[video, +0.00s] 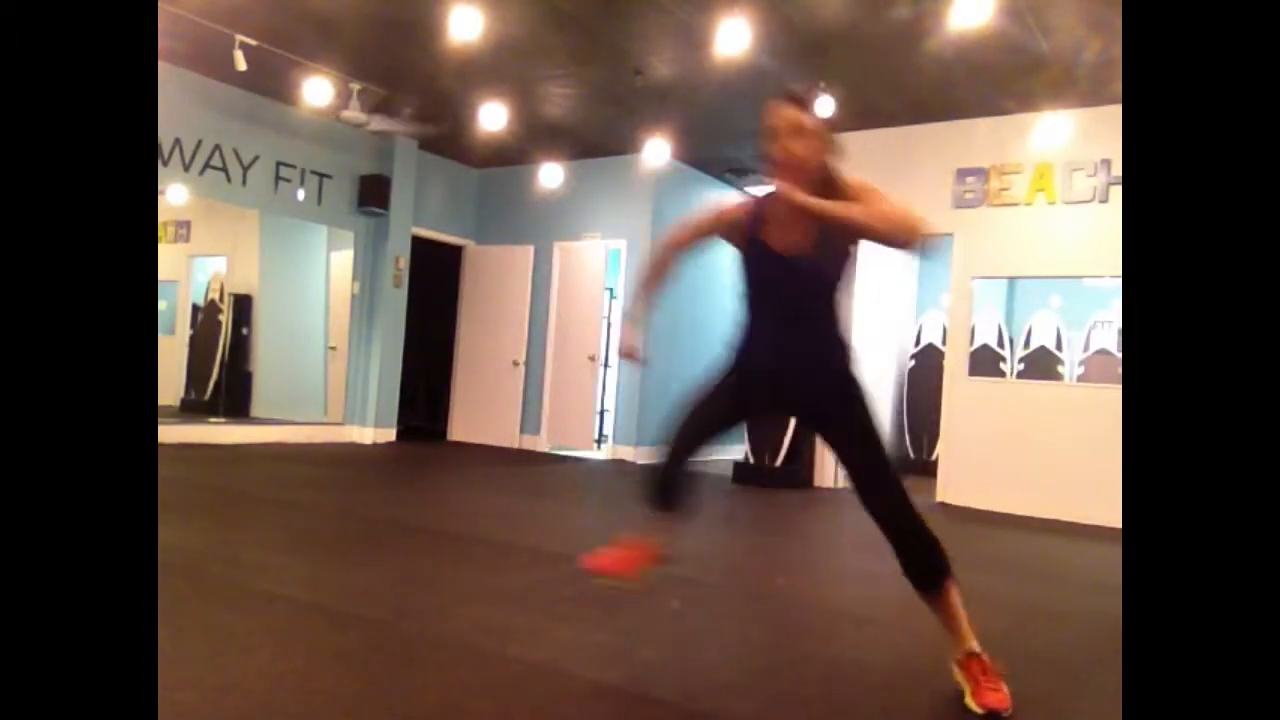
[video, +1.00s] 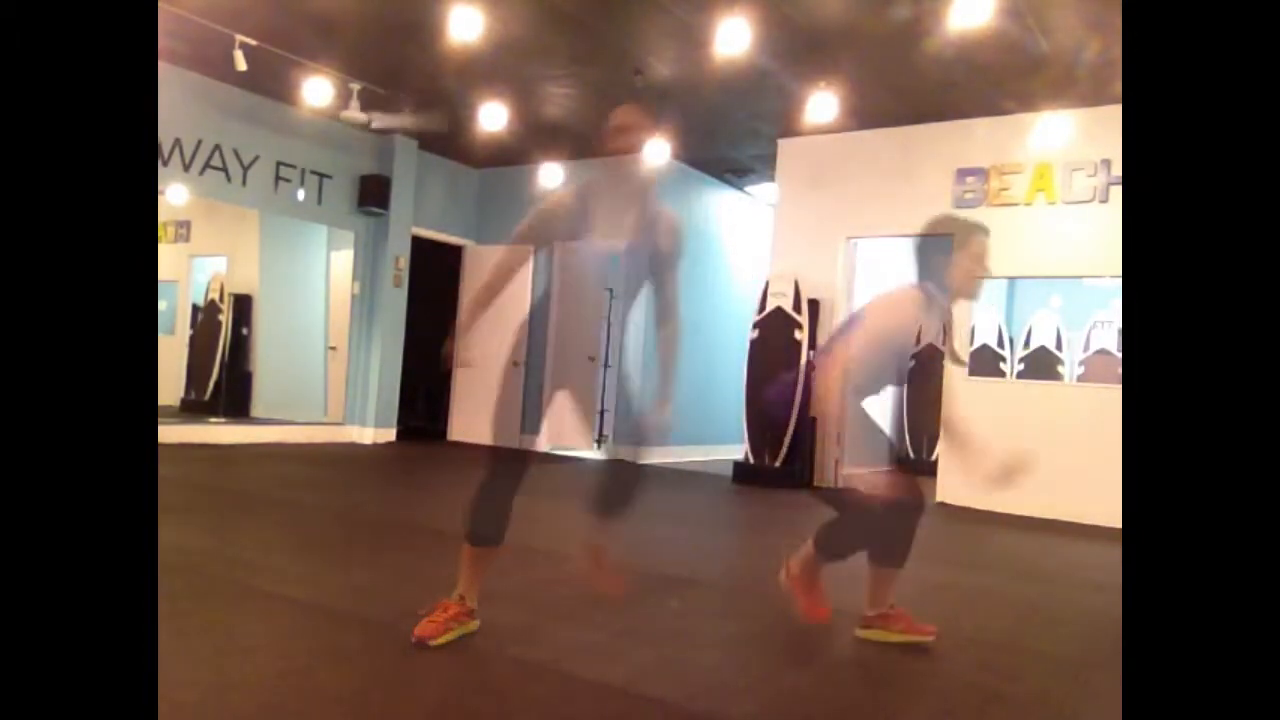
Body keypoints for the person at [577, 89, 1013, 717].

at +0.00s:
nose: (787, 148)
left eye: (800, 136)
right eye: (776, 137)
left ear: (824, 144)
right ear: (765, 147)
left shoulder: (847, 199)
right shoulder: (746, 214)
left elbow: (911, 230)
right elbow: (672, 247)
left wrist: (818, 206)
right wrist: (636, 315)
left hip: (823, 380)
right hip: (754, 375)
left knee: (887, 504)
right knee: (680, 448)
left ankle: (969, 651)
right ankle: (654, 539)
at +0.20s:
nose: (644, 154)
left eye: (655, 141)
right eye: (634, 145)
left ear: (680, 149)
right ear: (624, 156)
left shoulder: (699, 217)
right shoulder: (605, 214)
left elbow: (707, 269)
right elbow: (550, 249)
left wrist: (635, 235)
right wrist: (514, 299)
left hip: (684, 365)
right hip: (618, 361)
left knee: (743, 469)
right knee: (549, 465)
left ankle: (822, 562)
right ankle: (474, 578)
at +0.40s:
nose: (516, 253)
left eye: (530, 242)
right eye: (507, 242)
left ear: (558, 252)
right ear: (499, 250)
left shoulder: (579, 317)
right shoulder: (496, 301)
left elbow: (568, 414)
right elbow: (474, 337)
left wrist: (504, 346)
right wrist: (461, 373)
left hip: (582, 414)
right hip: (524, 400)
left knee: (564, 550)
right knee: (473, 492)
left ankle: (604, 535)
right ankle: (462, 604)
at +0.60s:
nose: (480, 290)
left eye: (496, 279)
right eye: (472, 277)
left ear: (524, 290)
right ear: (461, 283)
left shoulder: (551, 354)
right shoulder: (459, 334)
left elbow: (531, 453)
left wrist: (464, 384)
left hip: (553, 428)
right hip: (492, 405)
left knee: (494, 548)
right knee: (464, 493)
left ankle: (452, 525)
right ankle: (461, 604)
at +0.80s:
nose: (529, 228)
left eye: (544, 219)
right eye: (520, 216)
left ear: (565, 233)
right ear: (506, 225)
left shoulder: (586, 297)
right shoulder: (497, 281)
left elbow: (617, 394)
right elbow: (452, 314)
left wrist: (533, 374)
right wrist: (430, 344)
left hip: (553, 419)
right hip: (494, 406)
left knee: (515, 520)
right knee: (477, 507)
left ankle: (457, 503)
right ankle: (462, 603)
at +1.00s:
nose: (622, 144)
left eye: (634, 135)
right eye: (615, 134)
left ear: (652, 146)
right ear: (599, 143)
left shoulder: (658, 223)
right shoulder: (564, 205)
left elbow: (666, 312)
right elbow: (505, 267)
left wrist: (664, 390)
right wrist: (461, 330)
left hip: (603, 359)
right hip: (541, 351)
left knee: (629, 452)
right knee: (506, 465)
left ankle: (597, 541)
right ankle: (465, 598)